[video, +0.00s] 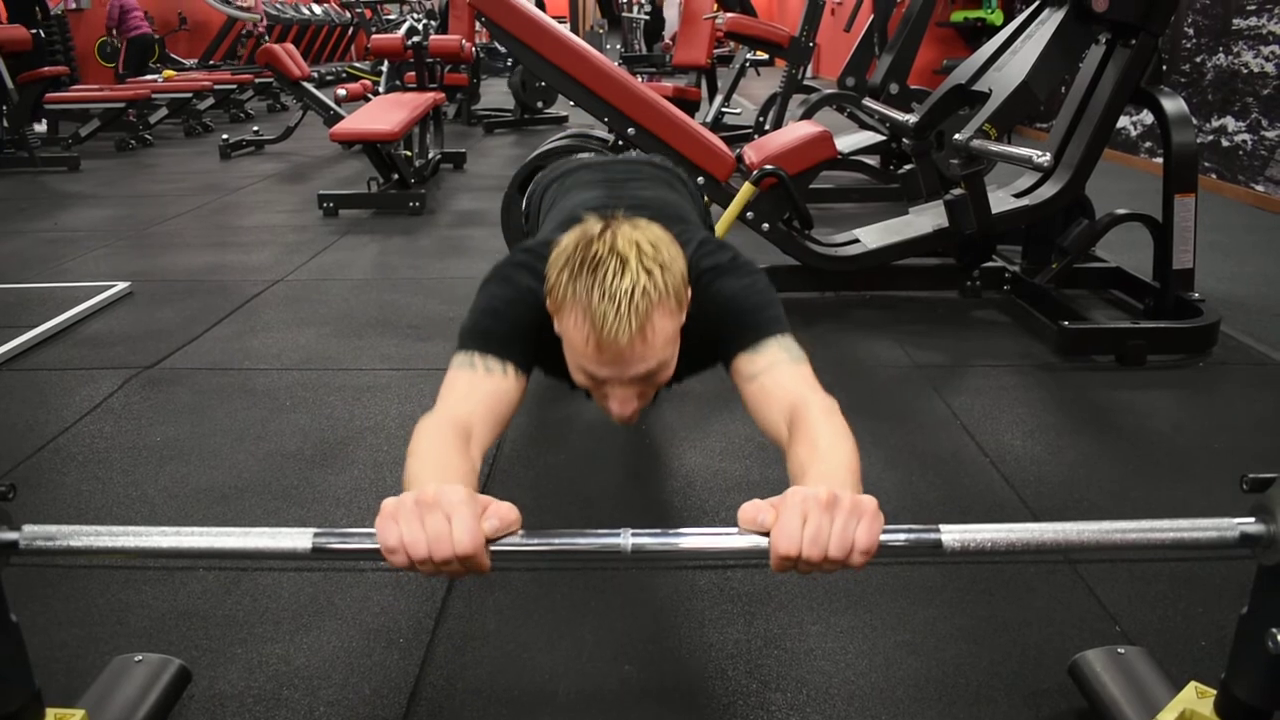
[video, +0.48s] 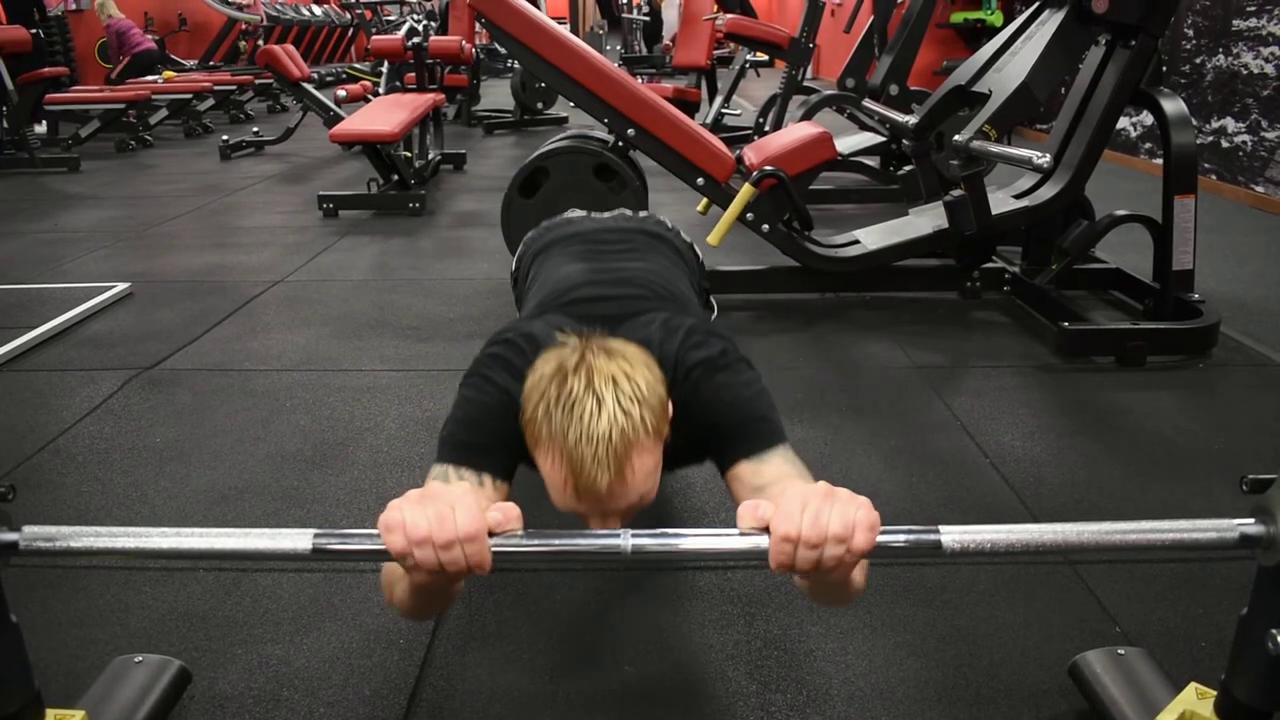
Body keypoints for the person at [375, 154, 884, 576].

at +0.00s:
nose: (622, 407)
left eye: (647, 379)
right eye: (594, 381)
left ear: (681, 313)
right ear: (556, 319)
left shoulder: (729, 284)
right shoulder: (517, 290)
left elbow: (806, 410)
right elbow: (456, 422)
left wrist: (826, 495)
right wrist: (439, 500)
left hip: (665, 171)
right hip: (548, 173)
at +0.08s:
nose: (619, 426)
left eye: (644, 398)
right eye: (593, 402)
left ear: (679, 324)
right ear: (552, 336)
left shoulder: (723, 295)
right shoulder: (515, 305)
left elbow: (808, 426)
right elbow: (454, 441)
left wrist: (828, 497)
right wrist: (437, 502)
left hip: (665, 179)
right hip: (550, 180)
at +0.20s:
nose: (614, 462)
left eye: (640, 435)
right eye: (587, 438)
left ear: (675, 366)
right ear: (549, 376)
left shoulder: (719, 325)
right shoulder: (509, 333)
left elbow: (809, 466)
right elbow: (445, 483)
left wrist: (823, 504)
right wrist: (438, 513)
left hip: (665, 203)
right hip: (554, 206)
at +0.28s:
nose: (608, 484)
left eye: (632, 457)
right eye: (582, 462)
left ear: (671, 384)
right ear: (543, 396)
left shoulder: (717, 341)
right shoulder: (505, 345)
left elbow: (804, 480)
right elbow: (449, 493)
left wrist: (819, 511)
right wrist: (439, 521)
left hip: (663, 216)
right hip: (552, 217)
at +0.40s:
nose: (605, 517)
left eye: (628, 490)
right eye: (581, 495)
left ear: (666, 408)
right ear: (535, 431)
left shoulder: (714, 362)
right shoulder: (498, 371)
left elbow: (837, 579)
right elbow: (421, 593)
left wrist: (821, 539)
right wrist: (436, 547)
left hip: (660, 227)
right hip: (548, 230)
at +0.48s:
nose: (605, 527)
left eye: (627, 506)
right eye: (581, 510)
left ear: (665, 421)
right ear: (533, 446)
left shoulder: (712, 371)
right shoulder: (498, 380)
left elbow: (838, 591)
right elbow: (408, 600)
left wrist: (823, 551)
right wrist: (435, 558)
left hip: (659, 237)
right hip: (549, 239)